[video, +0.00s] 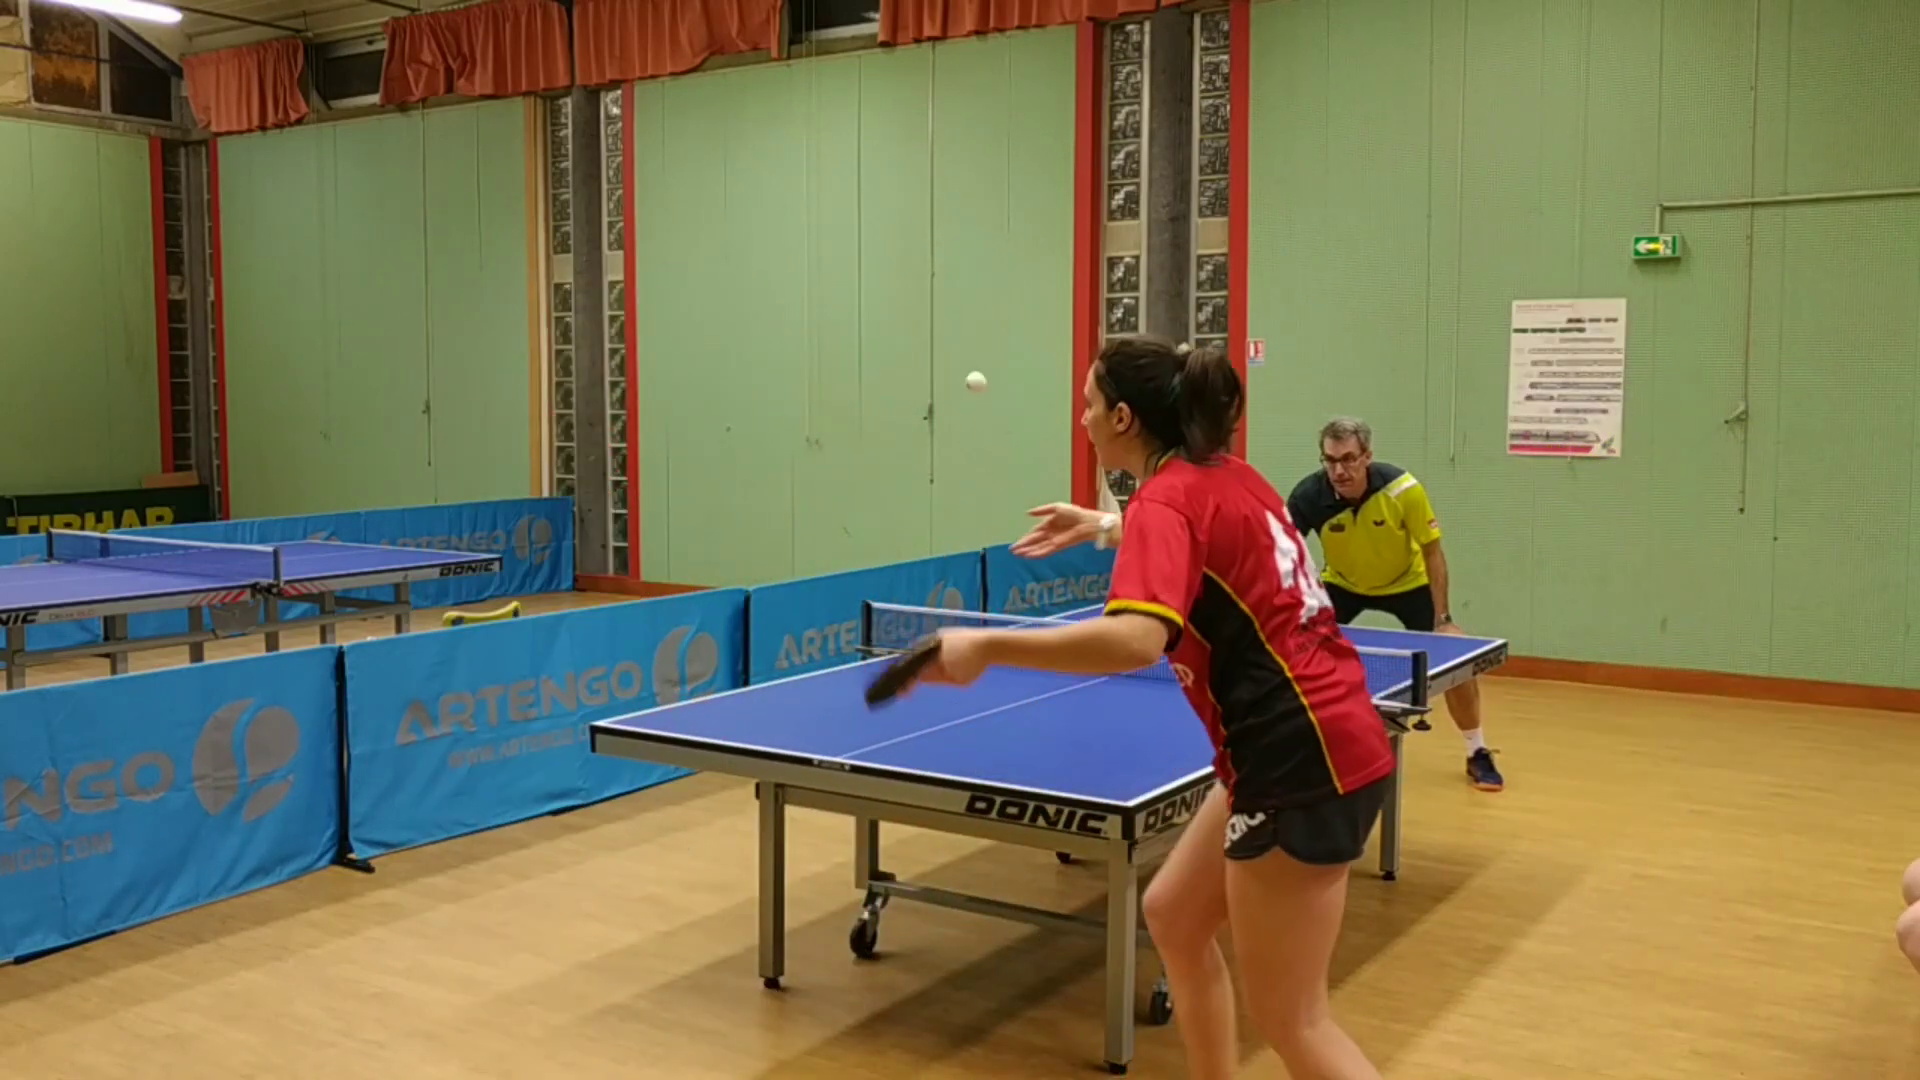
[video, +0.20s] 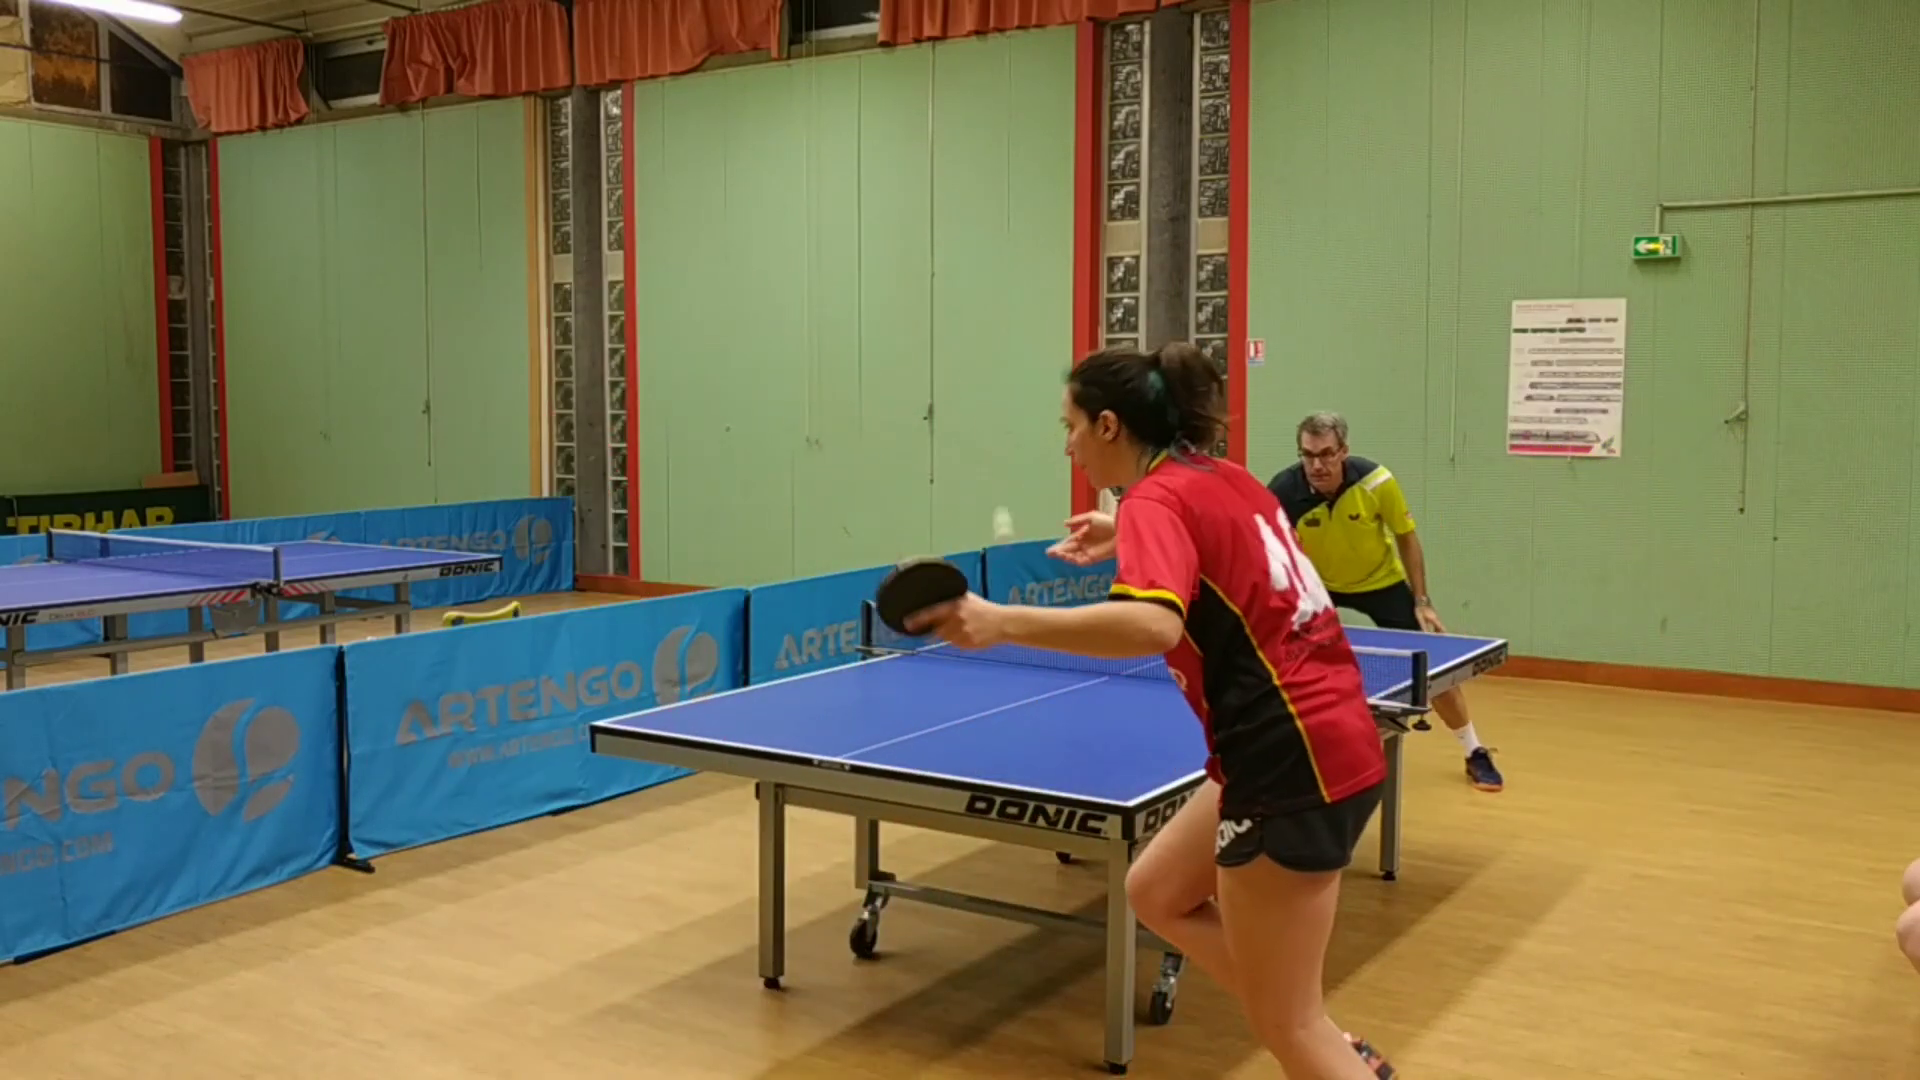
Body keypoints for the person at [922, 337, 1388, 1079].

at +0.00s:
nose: (1084, 416)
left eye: (1089, 403)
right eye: (1086, 401)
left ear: (1119, 418)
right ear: (1164, 417)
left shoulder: (1167, 499)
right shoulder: (1236, 476)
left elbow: (1137, 637)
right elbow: (1213, 552)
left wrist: (988, 645)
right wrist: (1108, 523)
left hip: (1305, 764)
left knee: (1292, 1020)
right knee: (1175, 912)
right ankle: (1218, 1072)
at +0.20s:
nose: (1068, 444)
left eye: (1072, 426)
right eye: (1067, 426)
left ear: (1108, 428)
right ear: (1130, 424)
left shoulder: (1156, 499)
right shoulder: (1228, 476)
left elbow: (1154, 622)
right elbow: (1238, 555)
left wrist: (1003, 622)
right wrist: (1131, 532)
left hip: (1296, 765)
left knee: (1290, 1026)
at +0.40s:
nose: (1028, 457)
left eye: (1026, 442)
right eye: (1025, 443)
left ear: (1043, 440)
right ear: (1119, 428)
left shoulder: (1074, 506)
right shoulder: (1183, 485)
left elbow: (1088, 636)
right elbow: (1234, 601)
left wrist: (1081, 707)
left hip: (1228, 775)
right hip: (1284, 753)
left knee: (1266, 1021)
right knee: (1162, 923)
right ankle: (1189, 1073)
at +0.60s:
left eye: (1016, 391)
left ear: (1015, 402)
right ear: (1089, 396)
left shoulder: (1003, 483)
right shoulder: (1136, 468)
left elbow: (934, 598)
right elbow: (1156, 596)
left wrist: (854, 710)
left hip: (1112, 750)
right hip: (1199, 734)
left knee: (1059, 956)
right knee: (1138, 941)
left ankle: (1196, 1068)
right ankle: (1170, 1071)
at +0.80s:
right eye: (1007, 387)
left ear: (937, 402)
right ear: (1013, 398)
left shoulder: (915, 482)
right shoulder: (1059, 473)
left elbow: (816, 586)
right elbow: (1093, 521)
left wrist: (690, 636)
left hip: (991, 747)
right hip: (1097, 739)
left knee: (868, 931)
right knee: (1099, 948)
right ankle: (1161, 1073)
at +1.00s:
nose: (924, 451)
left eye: (919, 441)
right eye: (922, 442)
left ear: (837, 455)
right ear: (914, 454)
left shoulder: (791, 545)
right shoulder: (961, 538)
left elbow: (691, 661)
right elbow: (989, 635)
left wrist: (674, 684)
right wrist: (898, 629)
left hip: (821, 802)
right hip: (940, 801)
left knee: (743, 972)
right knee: (1031, 985)